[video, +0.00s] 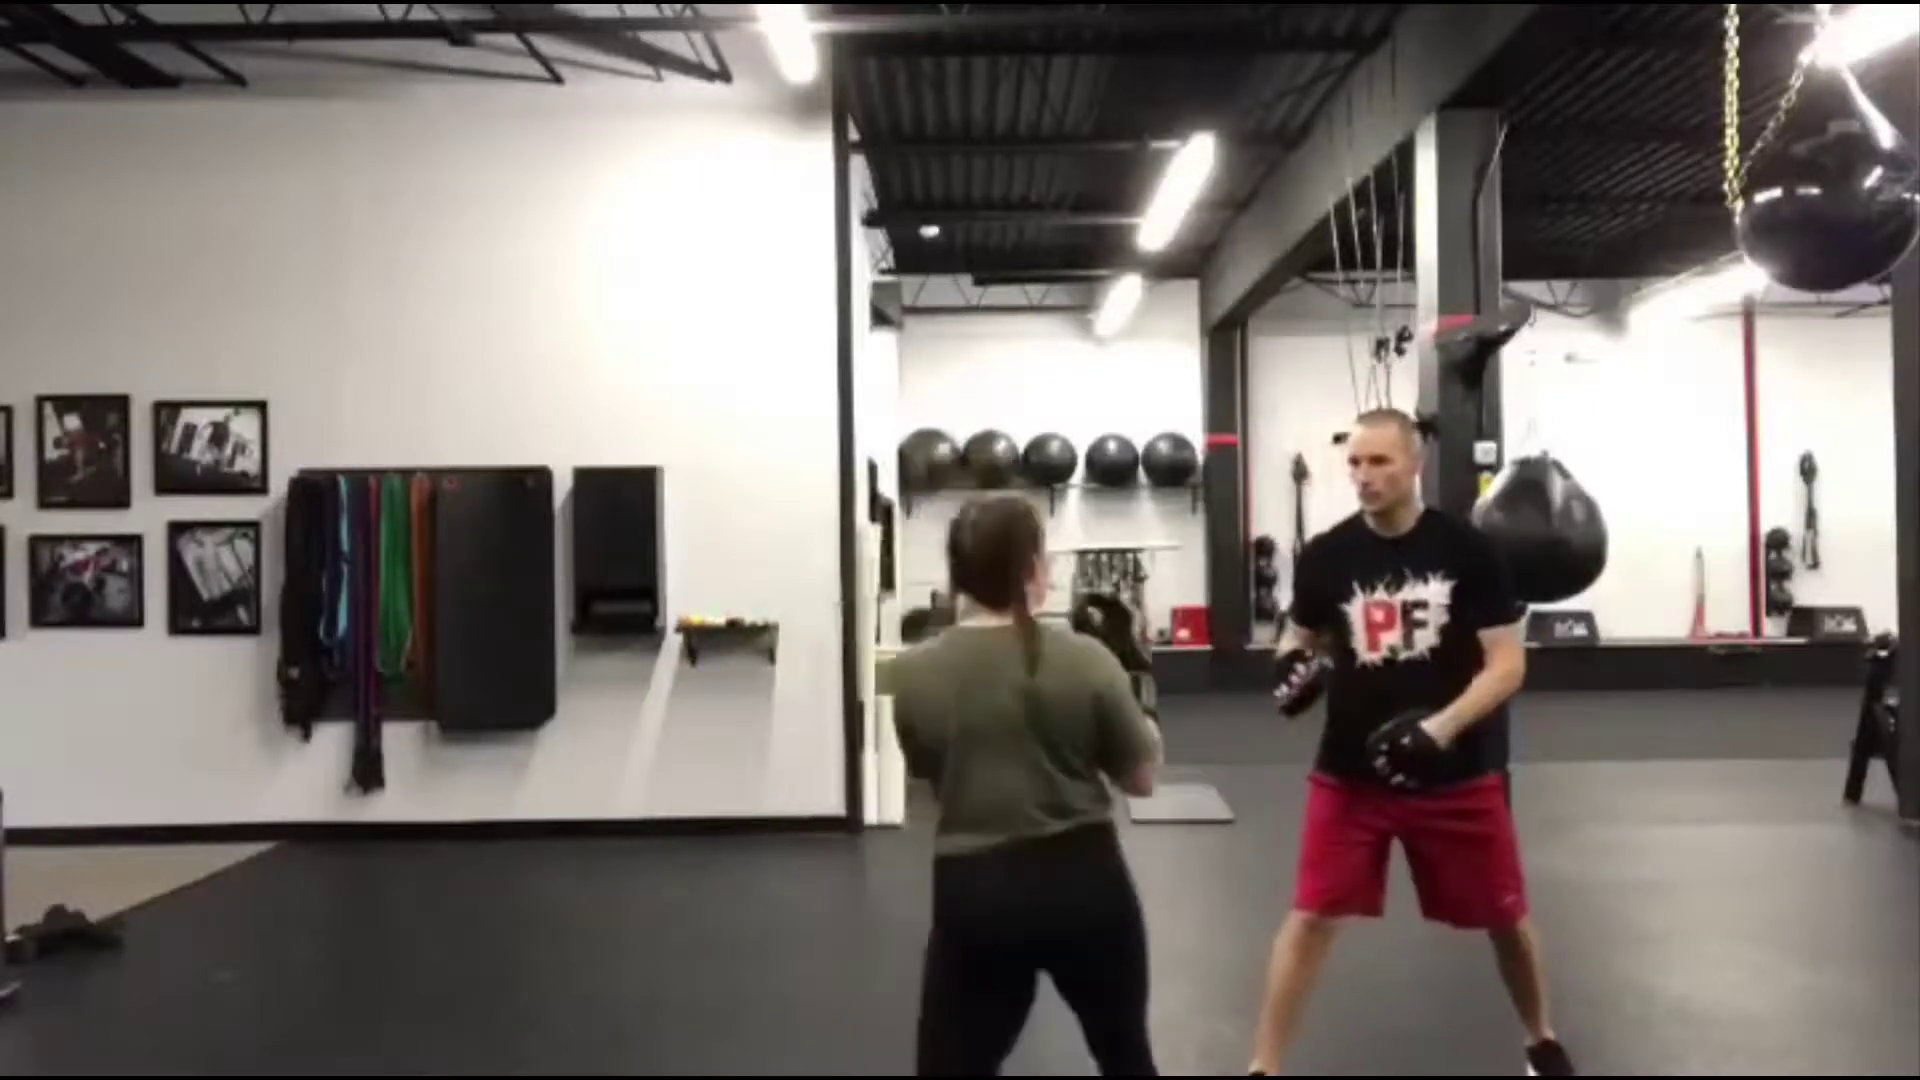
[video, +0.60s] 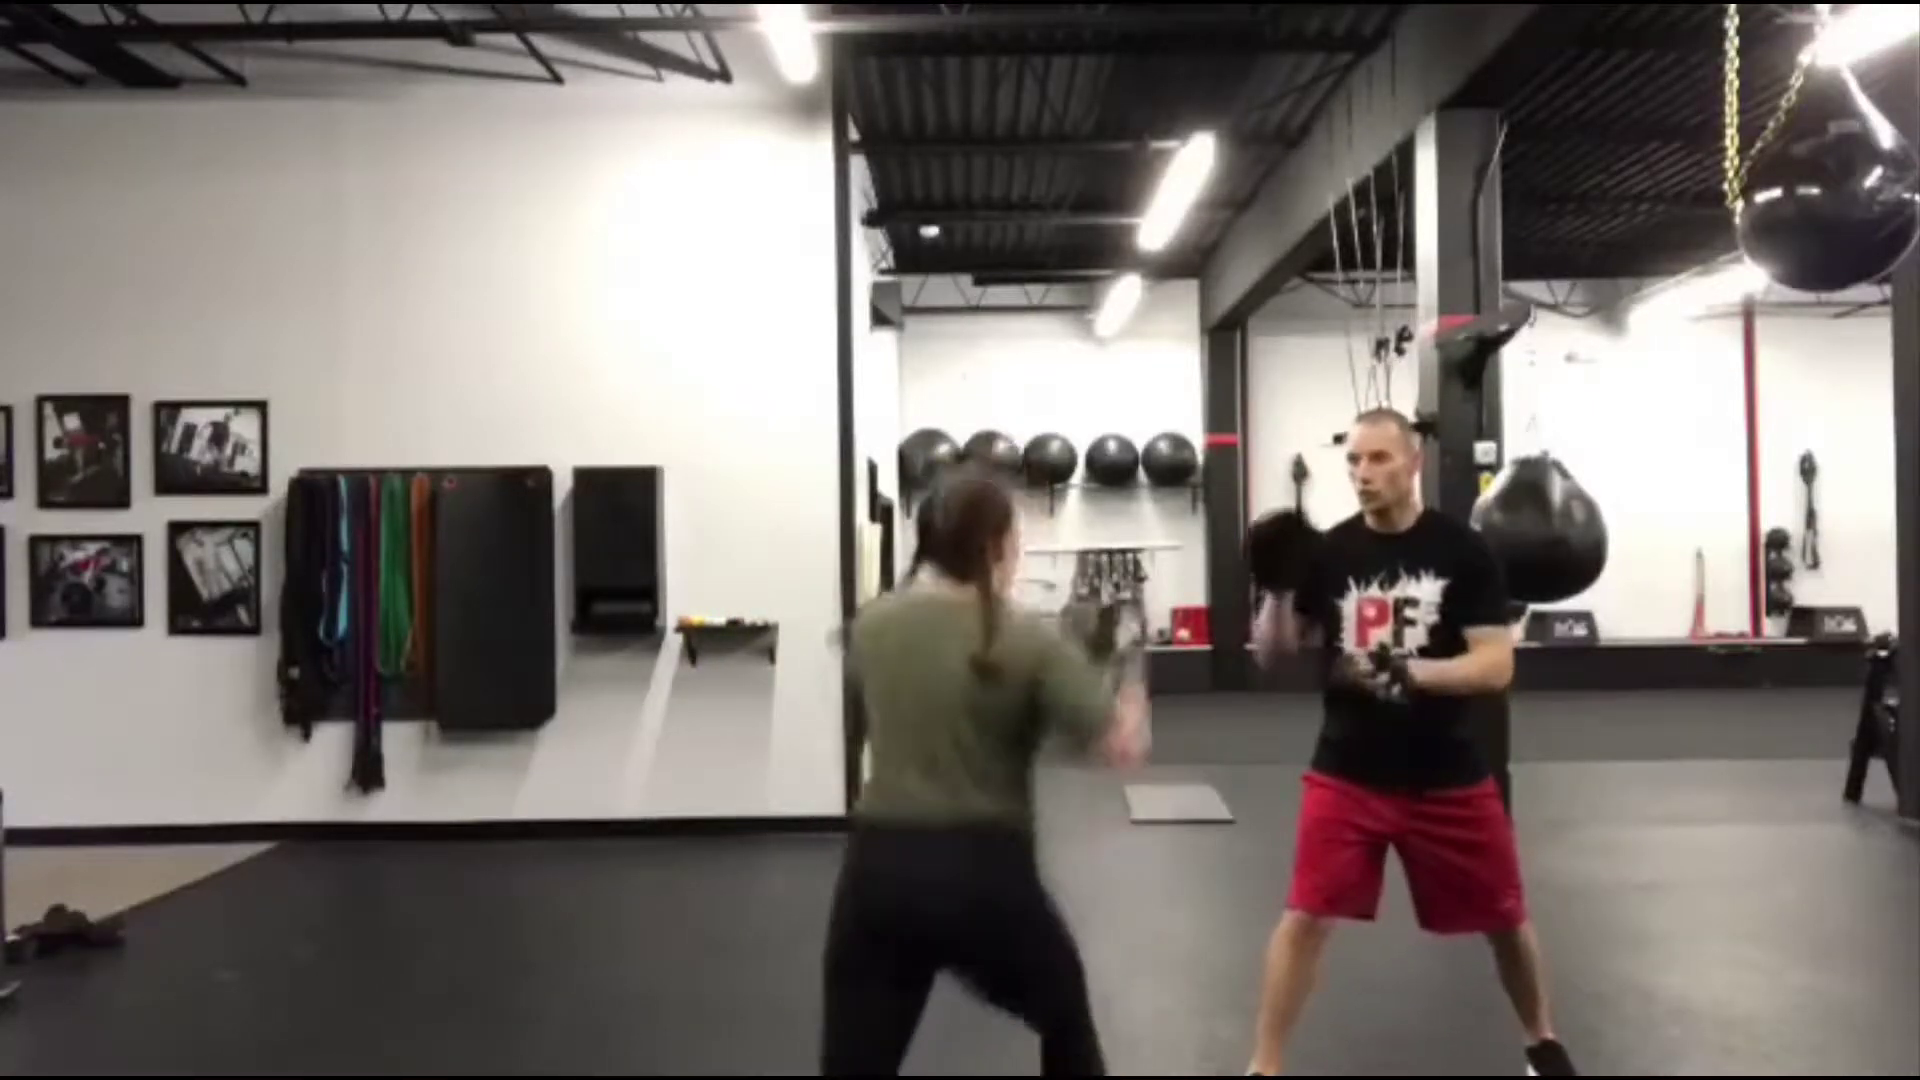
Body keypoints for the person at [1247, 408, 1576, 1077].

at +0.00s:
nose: (1365, 475)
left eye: (1379, 462)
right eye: (1356, 464)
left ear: (1416, 464)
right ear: (1348, 469)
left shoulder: (1467, 549)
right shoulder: (1324, 556)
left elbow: (1507, 663)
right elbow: (1301, 637)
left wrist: (1440, 727)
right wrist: (1296, 668)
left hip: (1458, 778)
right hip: (1350, 776)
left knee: (1508, 920)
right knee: (1313, 915)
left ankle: (1542, 1043)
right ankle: (1264, 1064)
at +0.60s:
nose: (1365, 473)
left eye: (1379, 458)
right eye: (1356, 461)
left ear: (1414, 460)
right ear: (1347, 468)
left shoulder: (1463, 550)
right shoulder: (1330, 551)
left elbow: (1496, 665)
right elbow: (1278, 655)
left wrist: (1409, 670)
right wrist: (1278, 588)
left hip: (1452, 779)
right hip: (1348, 775)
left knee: (1508, 921)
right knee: (1305, 915)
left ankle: (1543, 1044)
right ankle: (1265, 1064)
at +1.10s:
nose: (1294, 478)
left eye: (1307, 464)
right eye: (1285, 467)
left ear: (1345, 464)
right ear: (1278, 475)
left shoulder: (1408, 542)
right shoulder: (1267, 558)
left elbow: (1448, 650)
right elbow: (1227, 653)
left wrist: (1369, 645)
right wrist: (1218, 656)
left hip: (1416, 770)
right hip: (1314, 773)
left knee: (1476, 909)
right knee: (1287, 914)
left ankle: (1516, 1025)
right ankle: (1262, 1064)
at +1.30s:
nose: (1322, 503)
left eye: (1335, 489)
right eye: (1312, 491)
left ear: (1372, 485)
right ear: (1304, 494)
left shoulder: (1423, 556)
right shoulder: (1291, 571)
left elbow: (1441, 666)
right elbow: (1257, 662)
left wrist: (1349, 630)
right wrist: (1285, 739)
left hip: (1425, 779)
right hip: (1329, 777)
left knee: (1483, 922)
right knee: (1293, 914)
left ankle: (1508, 1022)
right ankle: (1261, 1065)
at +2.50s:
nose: (1335, 500)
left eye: (1349, 488)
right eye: (1331, 488)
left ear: (1389, 493)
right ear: (1327, 493)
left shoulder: (1439, 566)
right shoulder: (1310, 571)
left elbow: (1464, 680)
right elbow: (1253, 650)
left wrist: (1410, 615)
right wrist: (1258, 694)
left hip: (1429, 778)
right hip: (1327, 775)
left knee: (1491, 917)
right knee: (1284, 905)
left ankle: (1509, 1026)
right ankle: (1245, 1053)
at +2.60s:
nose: (1334, 496)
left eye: (1349, 484)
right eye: (1329, 485)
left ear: (1388, 489)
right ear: (1323, 493)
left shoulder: (1440, 564)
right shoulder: (1309, 570)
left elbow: (1465, 677)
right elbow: (1283, 657)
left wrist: (1407, 608)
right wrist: (1250, 604)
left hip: (1431, 778)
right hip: (1329, 772)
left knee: (1491, 919)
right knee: (1282, 904)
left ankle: (1510, 1026)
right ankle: (1245, 1052)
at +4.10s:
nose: (1295, 509)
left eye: (1307, 496)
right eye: (1284, 499)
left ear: (1331, 499)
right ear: (1271, 506)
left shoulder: (1379, 571)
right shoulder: (1260, 581)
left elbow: (1428, 682)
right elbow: (1239, 675)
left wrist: (1354, 698)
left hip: (1395, 778)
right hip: (1303, 782)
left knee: (1472, 912)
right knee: (1267, 919)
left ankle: (1515, 1023)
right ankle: (1233, 1045)